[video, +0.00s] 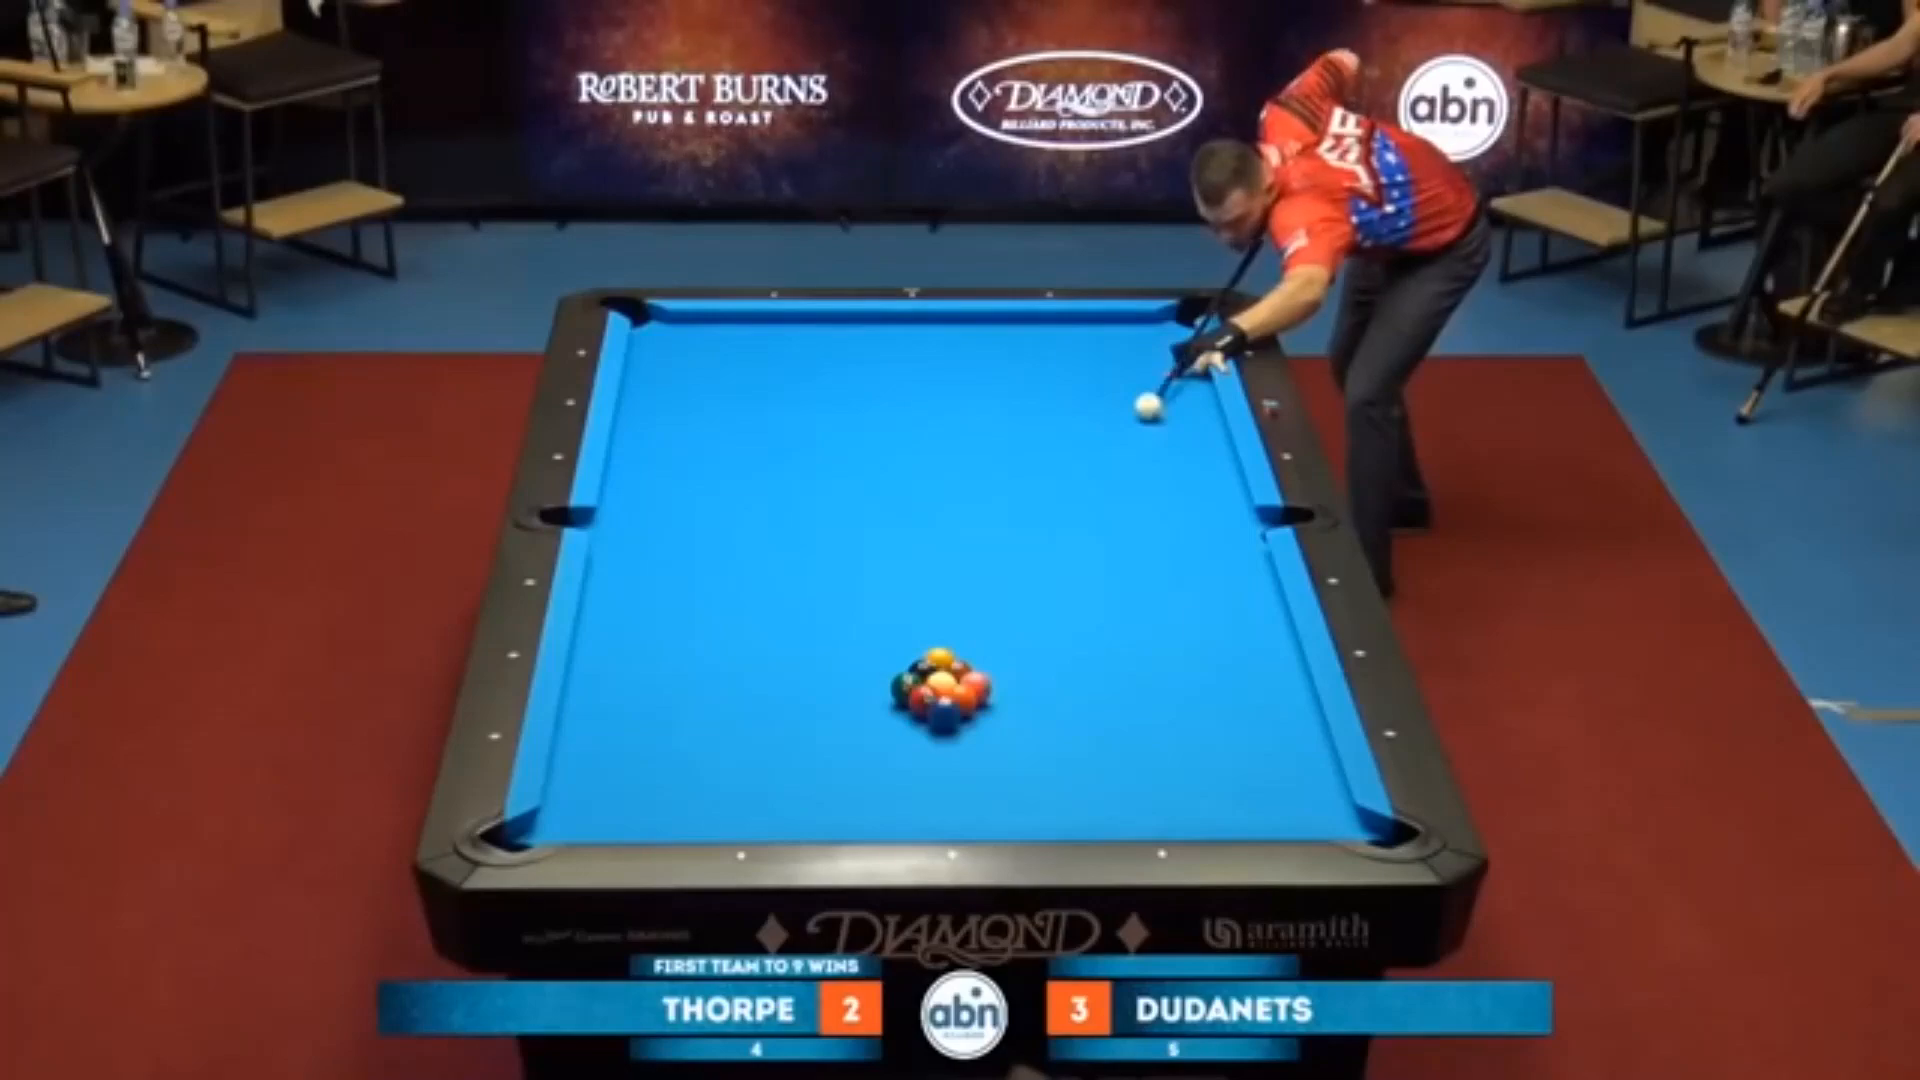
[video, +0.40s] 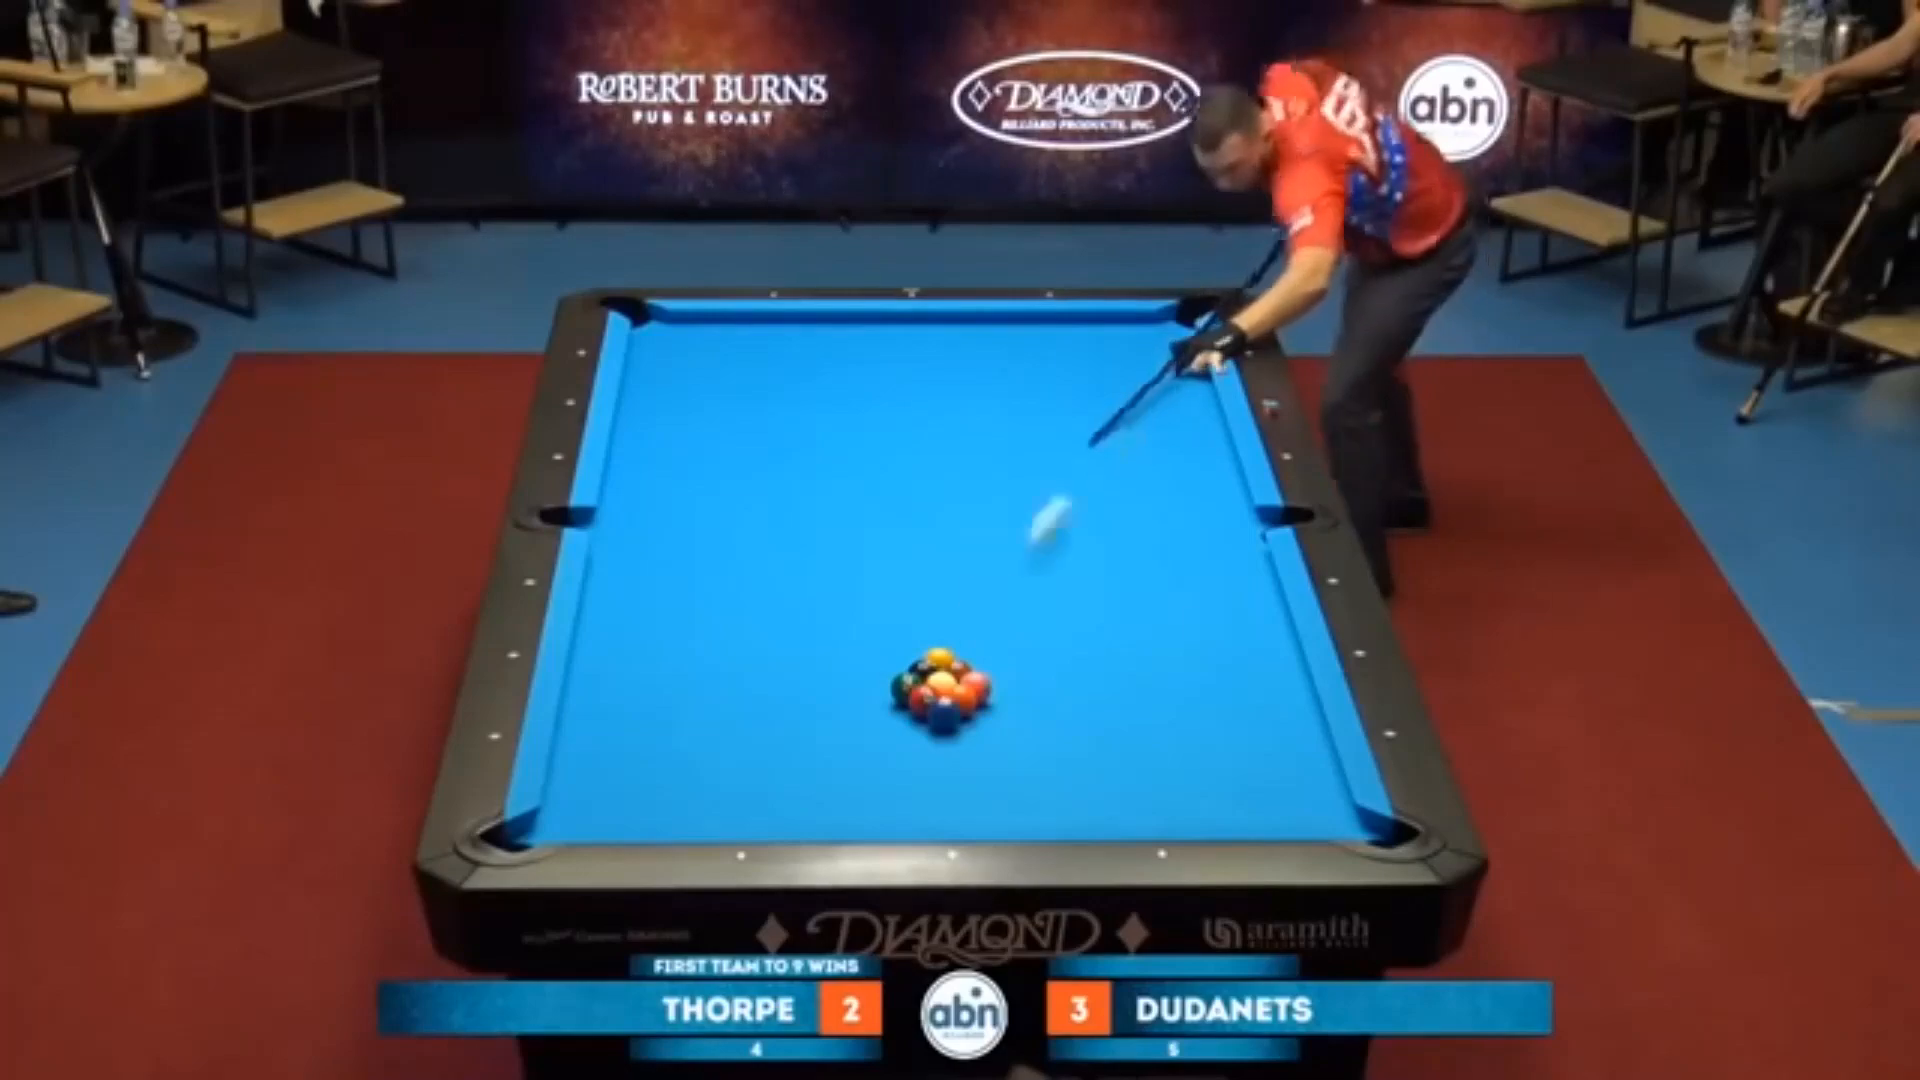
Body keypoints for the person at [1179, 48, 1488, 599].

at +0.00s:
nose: (1229, 238)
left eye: (1237, 224)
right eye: (1217, 227)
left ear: (1265, 184)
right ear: (1202, 203)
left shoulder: (1305, 203)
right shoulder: (1281, 120)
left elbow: (1308, 289)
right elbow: (1342, 60)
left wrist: (1229, 336)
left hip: (1446, 242)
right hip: (1384, 238)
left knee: (1369, 393)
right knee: (1349, 367)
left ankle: (1370, 573)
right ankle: (1406, 497)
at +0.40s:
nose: (1223, 183)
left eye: (1230, 169)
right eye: (1213, 173)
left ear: (1262, 138)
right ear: (1200, 158)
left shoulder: (1305, 166)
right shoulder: (1284, 83)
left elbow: (1312, 276)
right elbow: (1331, 73)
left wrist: (1229, 336)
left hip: (1429, 246)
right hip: (1380, 238)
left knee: (1345, 402)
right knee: (1370, 370)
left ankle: (1366, 571)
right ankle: (1402, 500)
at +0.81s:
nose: (1244, 106)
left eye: (1256, 89)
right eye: (1232, 91)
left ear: (1287, 69)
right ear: (1219, 75)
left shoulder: (1326, 117)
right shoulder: (1277, 61)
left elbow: (1315, 260)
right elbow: (1272, 148)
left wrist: (1232, 337)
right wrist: (1252, 232)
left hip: (1411, 241)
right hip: (1357, 232)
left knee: (1348, 413)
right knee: (1375, 368)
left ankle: (1367, 574)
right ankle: (1402, 491)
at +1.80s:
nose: (1290, 22)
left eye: (1307, 9)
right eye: (1281, 6)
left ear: (1338, 8)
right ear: (1268, 5)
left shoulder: (1361, 85)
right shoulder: (1276, 45)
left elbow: (1320, 229)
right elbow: (1272, 155)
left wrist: (1251, 315)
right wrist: (1246, 258)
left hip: (1390, 247)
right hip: (1321, 232)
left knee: (1357, 407)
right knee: (1312, 393)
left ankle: (1368, 566)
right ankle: (1315, 531)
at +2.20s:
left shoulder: (1387, 37)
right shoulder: (1281, 22)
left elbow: (1386, 171)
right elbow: (1272, 129)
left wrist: (1286, 221)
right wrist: (1249, 223)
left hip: (1370, 243)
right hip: (1305, 241)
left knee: (1360, 404)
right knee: (1305, 396)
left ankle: (1369, 562)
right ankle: (1314, 538)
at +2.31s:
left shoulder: (1394, 32)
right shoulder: (1281, 20)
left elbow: (1404, 166)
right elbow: (1270, 129)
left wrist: (1322, 236)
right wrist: (1242, 225)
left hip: (1368, 241)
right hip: (1295, 235)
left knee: (1361, 403)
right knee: (1303, 394)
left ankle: (1369, 563)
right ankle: (1312, 537)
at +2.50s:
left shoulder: (1400, 30)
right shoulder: (1281, 19)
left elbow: (1415, 164)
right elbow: (1268, 125)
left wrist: (1411, 277)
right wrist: (1244, 222)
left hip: (1362, 239)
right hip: (1284, 233)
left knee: (1362, 406)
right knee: (1296, 399)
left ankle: (1367, 563)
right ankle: (1304, 543)